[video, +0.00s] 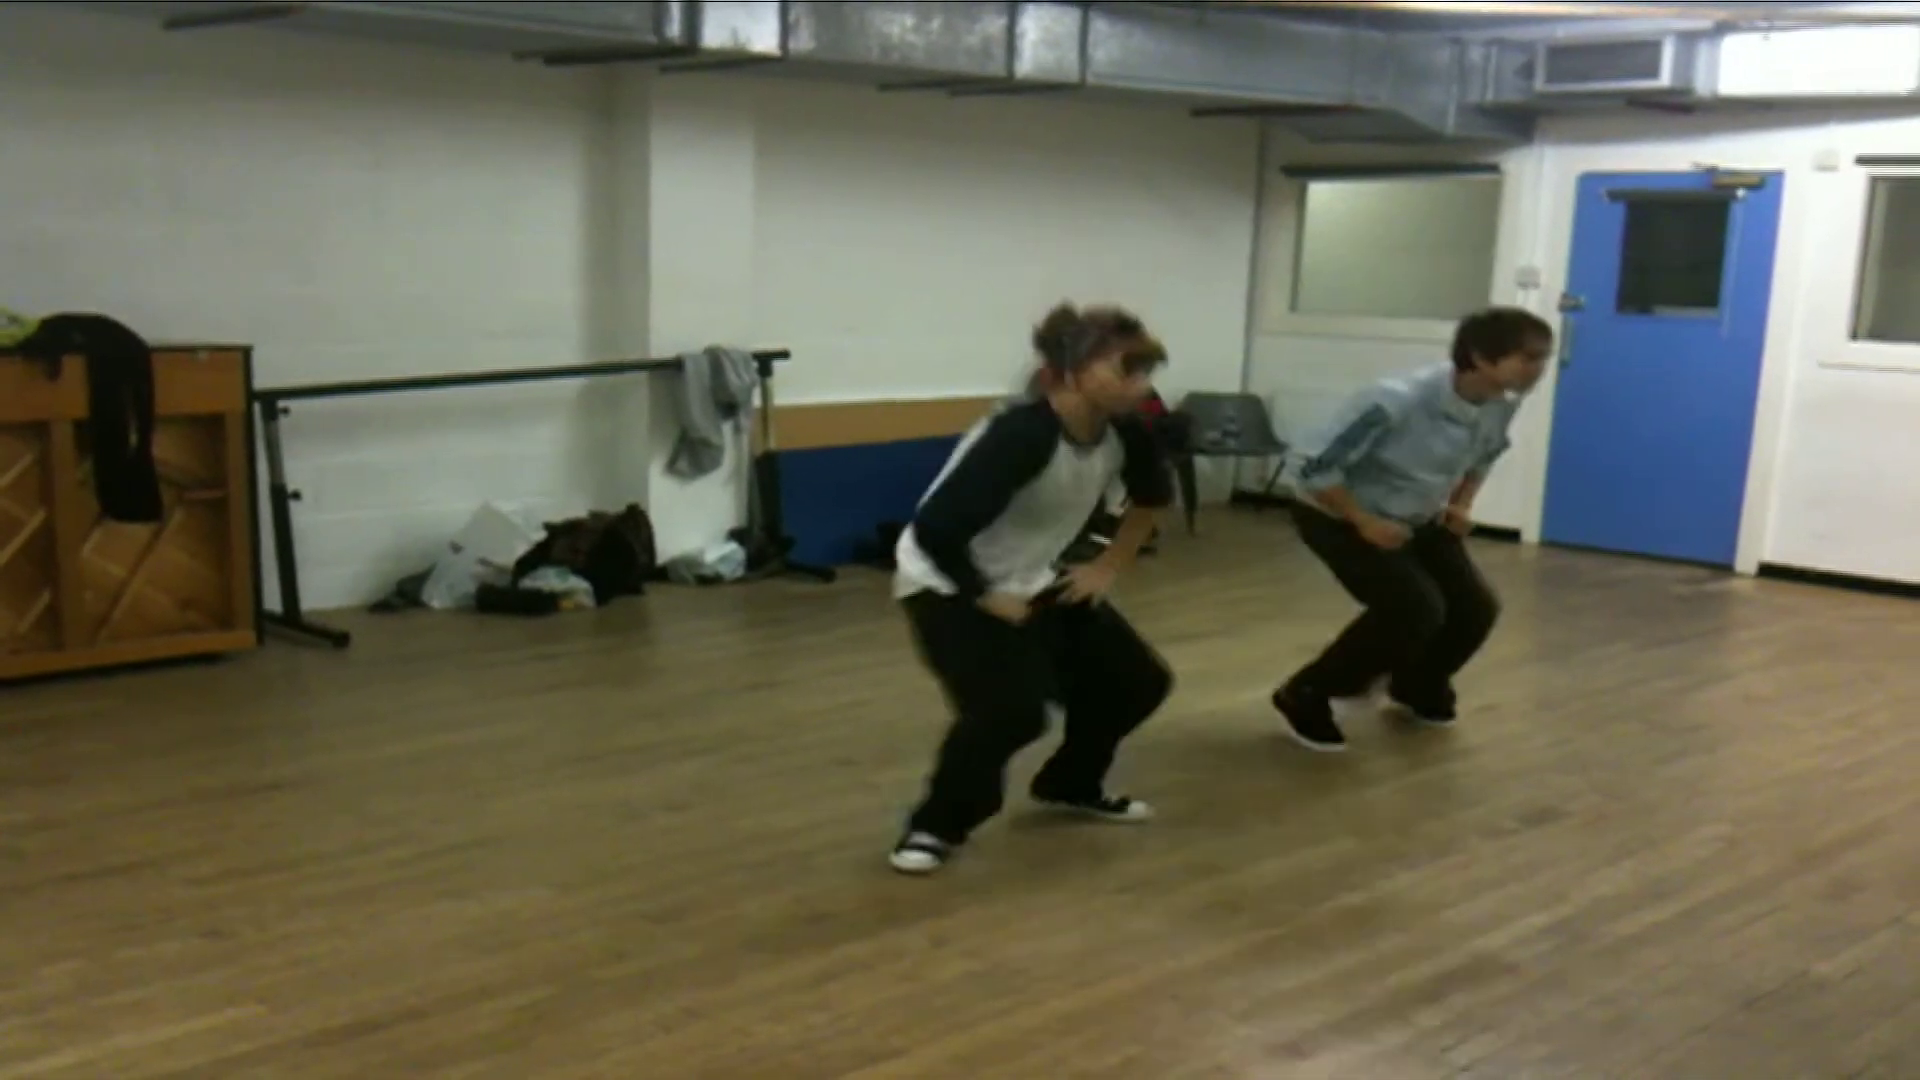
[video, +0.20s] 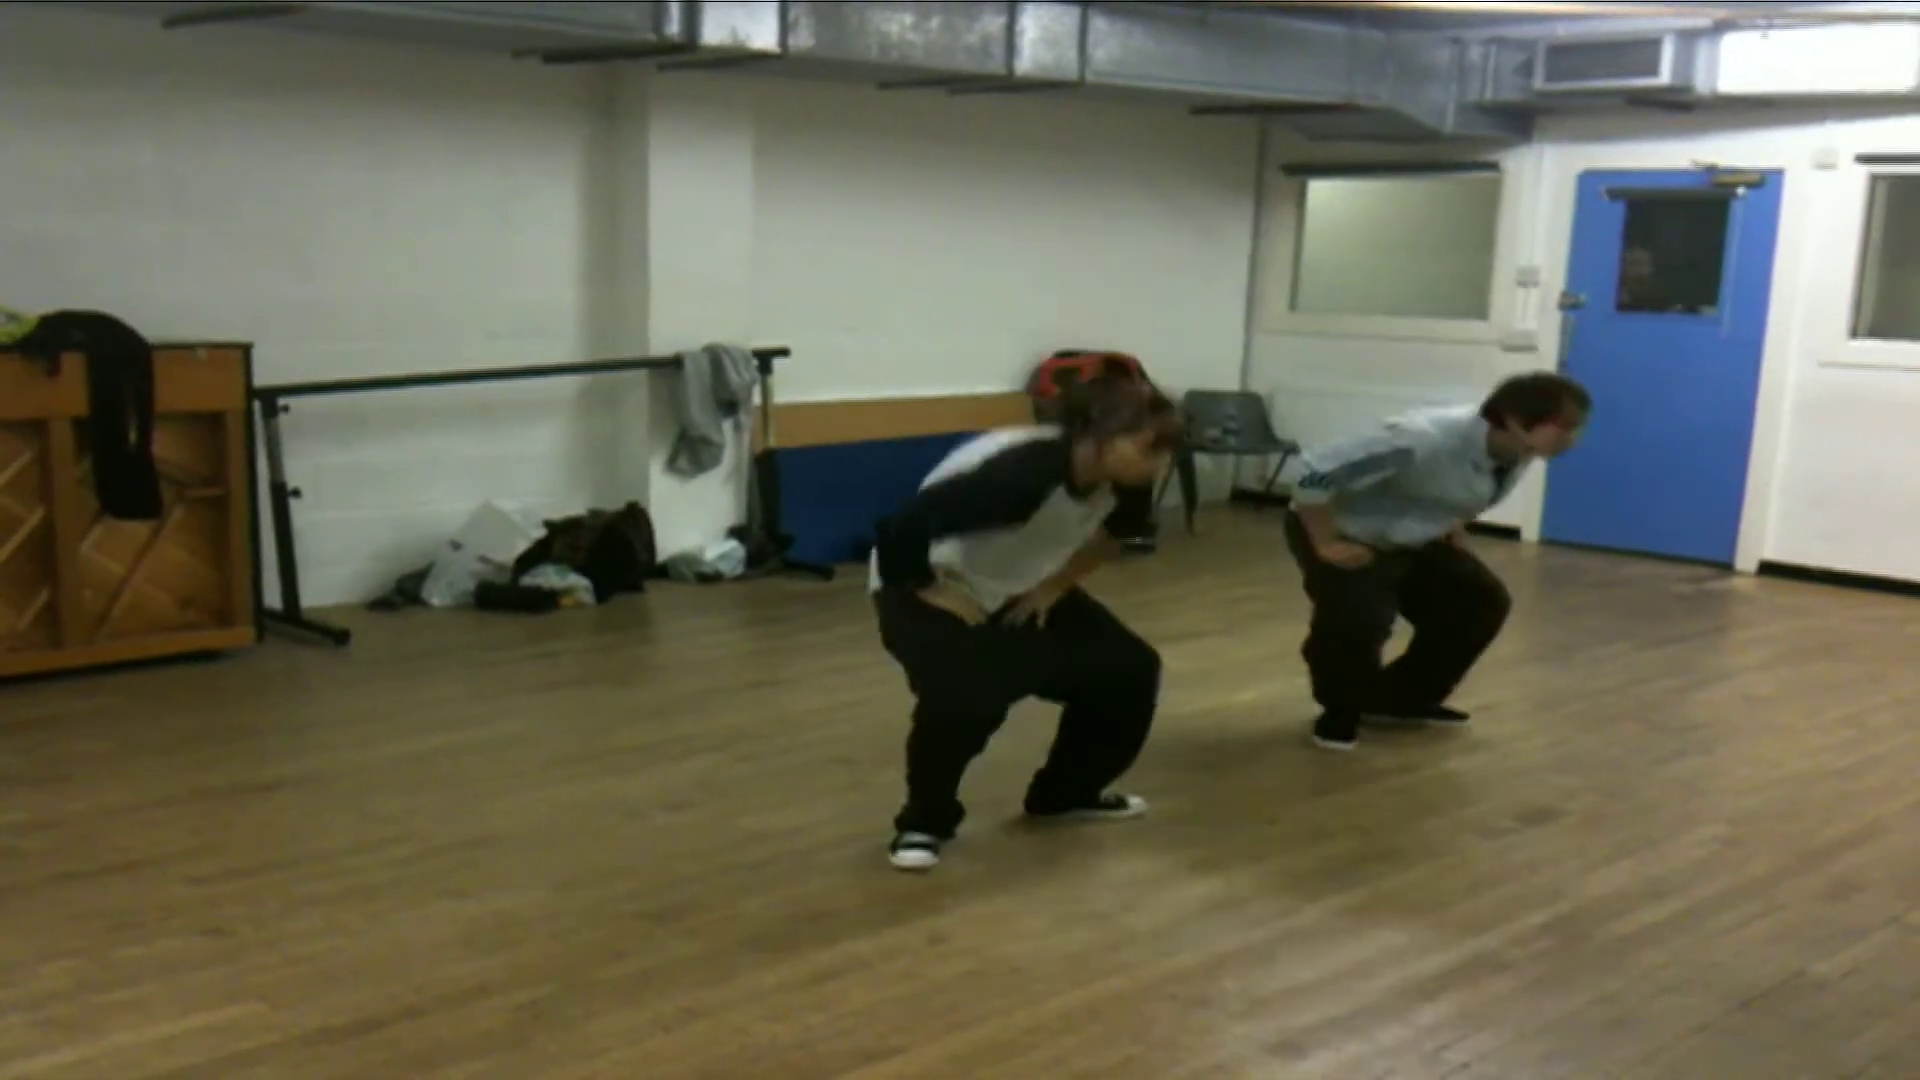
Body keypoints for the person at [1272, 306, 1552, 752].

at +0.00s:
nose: (1536, 372)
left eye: (1539, 361)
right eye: (1527, 360)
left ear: (1484, 365)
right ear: (1481, 361)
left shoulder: (1499, 411)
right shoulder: (1393, 403)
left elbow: (1481, 460)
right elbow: (1313, 469)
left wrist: (1459, 507)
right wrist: (1363, 521)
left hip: (1414, 521)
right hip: (1337, 518)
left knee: (1475, 607)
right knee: (1414, 607)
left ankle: (1418, 681)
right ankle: (1305, 692)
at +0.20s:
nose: (1568, 442)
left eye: (1572, 431)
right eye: (1563, 429)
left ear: (1519, 427)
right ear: (1517, 424)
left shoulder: (1514, 457)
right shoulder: (1421, 441)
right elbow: (1309, 477)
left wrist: (1450, 527)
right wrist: (1326, 542)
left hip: (1410, 539)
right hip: (1340, 533)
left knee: (1480, 603)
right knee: (1356, 614)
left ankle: (1406, 695)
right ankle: (1341, 710)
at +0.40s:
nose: (1553, 343)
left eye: (1557, 332)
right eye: (1546, 329)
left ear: (1509, 325)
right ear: (1505, 321)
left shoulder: (1511, 373)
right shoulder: (1421, 363)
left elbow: (1468, 434)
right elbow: (1334, 438)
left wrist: (1452, 488)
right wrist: (1351, 503)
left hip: (1411, 493)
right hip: (1343, 487)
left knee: (1447, 593)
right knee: (1358, 594)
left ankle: (1402, 692)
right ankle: (1334, 711)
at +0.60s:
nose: (1484, 266)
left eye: (1489, 256)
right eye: (1471, 255)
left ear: (1493, 264)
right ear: (1436, 263)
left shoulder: (1483, 334)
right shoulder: (1386, 328)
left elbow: (1474, 412)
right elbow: (1348, 424)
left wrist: (1457, 476)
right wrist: (1373, 489)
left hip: (1425, 485)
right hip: (1356, 482)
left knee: (1417, 595)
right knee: (1361, 595)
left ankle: (1399, 690)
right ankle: (1333, 709)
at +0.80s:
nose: (1412, 288)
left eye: (1426, 279)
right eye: (1399, 279)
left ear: (1449, 292)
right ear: (1383, 291)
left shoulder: (1460, 358)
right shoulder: (1349, 354)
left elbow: (1447, 437)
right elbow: (1314, 452)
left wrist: (1440, 503)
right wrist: (1337, 518)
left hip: (1400, 494)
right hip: (1328, 491)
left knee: (1439, 592)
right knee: (1349, 595)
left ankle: (1417, 690)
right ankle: (1328, 704)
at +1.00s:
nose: (1327, 329)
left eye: (1344, 321)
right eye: (1317, 318)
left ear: (1368, 333)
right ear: (1303, 323)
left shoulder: (1379, 378)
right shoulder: (1266, 373)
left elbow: (1462, 373)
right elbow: (1280, 426)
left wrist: (1502, 418)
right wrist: (1358, 423)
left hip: (1334, 544)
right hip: (1252, 539)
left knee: (1407, 629)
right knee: (1188, 618)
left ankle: (1425, 702)